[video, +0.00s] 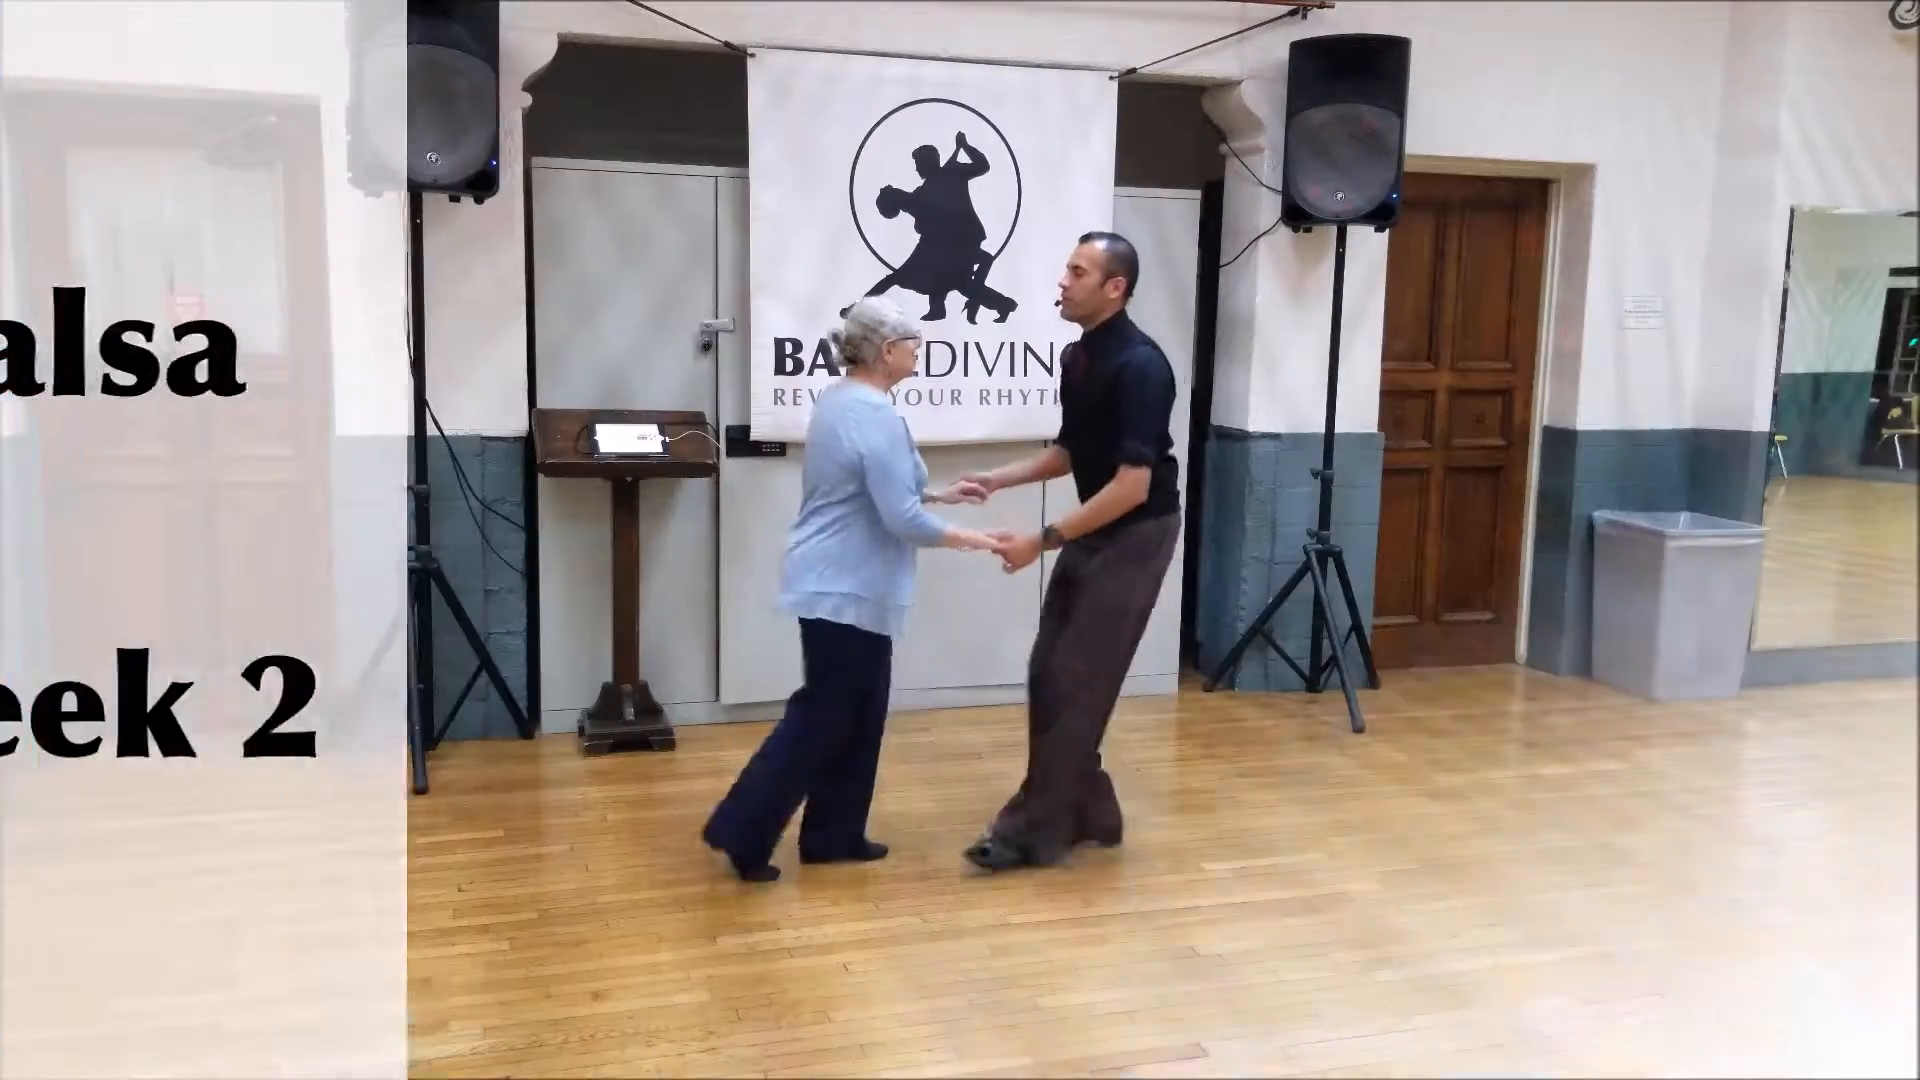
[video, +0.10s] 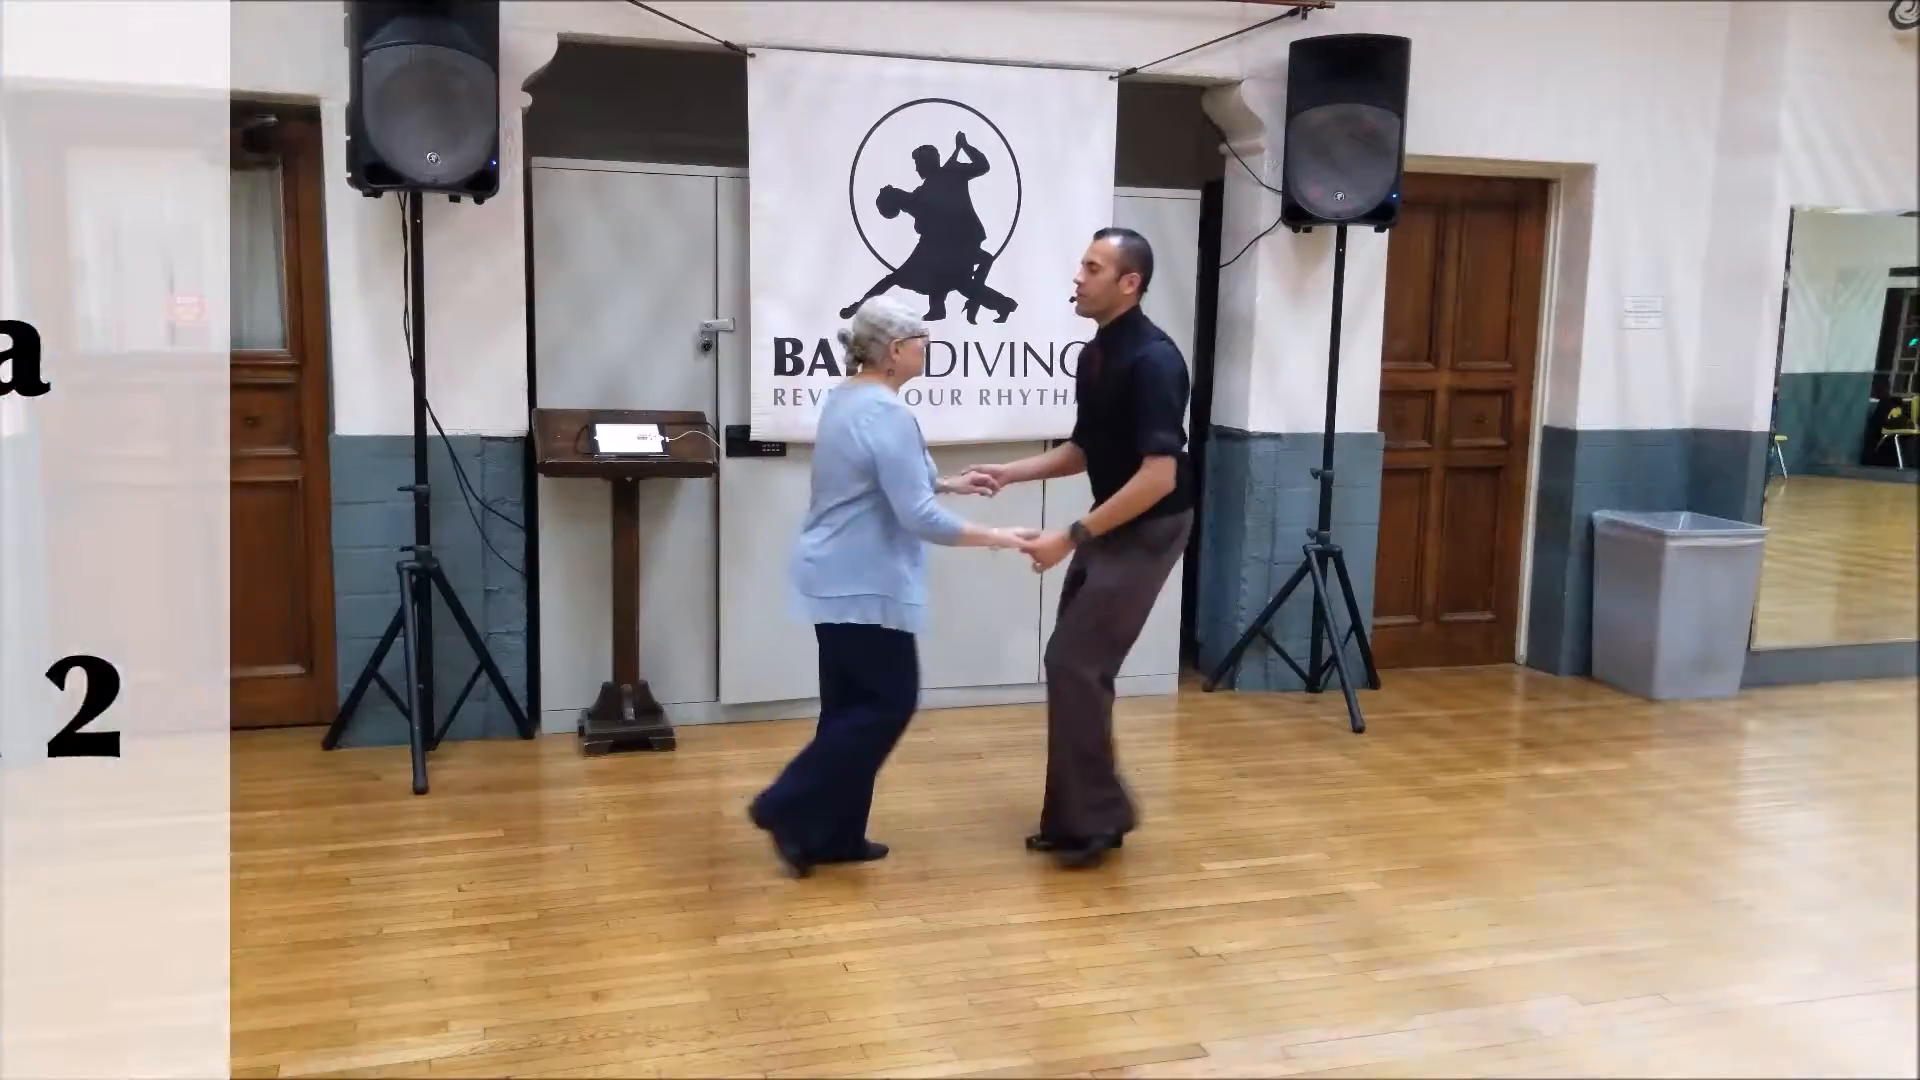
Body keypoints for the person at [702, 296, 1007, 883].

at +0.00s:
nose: (918, 352)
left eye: (916, 342)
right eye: (911, 343)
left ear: (872, 349)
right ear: (884, 350)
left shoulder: (838, 402)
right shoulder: (876, 418)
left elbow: (876, 493)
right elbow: (904, 517)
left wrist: (943, 495)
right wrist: (974, 538)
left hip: (837, 582)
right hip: (850, 589)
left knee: (858, 713)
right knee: (833, 712)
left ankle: (833, 835)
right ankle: (742, 829)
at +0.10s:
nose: (925, 349)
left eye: (922, 339)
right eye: (918, 341)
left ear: (872, 350)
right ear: (892, 350)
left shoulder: (844, 401)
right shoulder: (888, 415)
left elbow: (881, 483)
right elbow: (918, 515)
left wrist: (949, 483)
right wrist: (996, 536)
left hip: (832, 576)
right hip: (867, 584)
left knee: (847, 704)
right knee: (891, 702)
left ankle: (835, 833)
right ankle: (787, 809)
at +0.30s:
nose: (954, 347)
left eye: (951, 337)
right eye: (947, 337)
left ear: (908, 344)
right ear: (918, 344)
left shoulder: (869, 400)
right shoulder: (914, 409)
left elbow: (924, 483)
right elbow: (952, 499)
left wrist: (994, 485)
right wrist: (1039, 513)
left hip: (847, 577)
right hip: (903, 582)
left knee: (847, 712)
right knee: (945, 711)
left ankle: (827, 838)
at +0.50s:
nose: (986, 348)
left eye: (983, 339)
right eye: (980, 339)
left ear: (941, 348)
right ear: (955, 347)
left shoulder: (908, 402)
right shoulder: (949, 412)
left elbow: (969, 493)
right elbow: (995, 497)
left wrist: (1042, 511)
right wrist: (1062, 503)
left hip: (900, 577)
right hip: (949, 582)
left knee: (913, 700)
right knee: (975, 710)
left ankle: (858, 820)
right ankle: (961, 841)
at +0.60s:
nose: (1001, 352)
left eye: (999, 342)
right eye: (994, 343)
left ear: (956, 352)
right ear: (967, 352)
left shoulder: (926, 409)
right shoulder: (960, 414)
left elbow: (991, 496)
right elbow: (1011, 499)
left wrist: (1059, 513)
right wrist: (1079, 510)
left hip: (925, 580)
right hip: (960, 582)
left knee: (965, 688)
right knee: (984, 700)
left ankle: (904, 794)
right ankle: (966, 840)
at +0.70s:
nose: (1018, 350)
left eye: (1016, 340)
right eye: (1010, 341)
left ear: (974, 350)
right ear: (983, 349)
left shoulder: (947, 408)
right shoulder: (974, 416)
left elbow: (1023, 496)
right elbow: (1033, 503)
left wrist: (1086, 502)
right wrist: (1100, 507)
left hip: (950, 569)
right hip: (969, 574)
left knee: (991, 693)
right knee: (1002, 695)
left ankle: (984, 817)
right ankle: (965, 841)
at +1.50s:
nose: (1015, 344)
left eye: (1011, 335)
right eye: (1007, 336)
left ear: (963, 346)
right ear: (981, 345)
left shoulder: (928, 405)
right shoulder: (984, 415)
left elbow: (987, 481)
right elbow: (1046, 502)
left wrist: (1046, 467)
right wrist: (1077, 476)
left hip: (935, 581)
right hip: (981, 588)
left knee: (976, 694)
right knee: (994, 712)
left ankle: (923, 807)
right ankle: (981, 847)